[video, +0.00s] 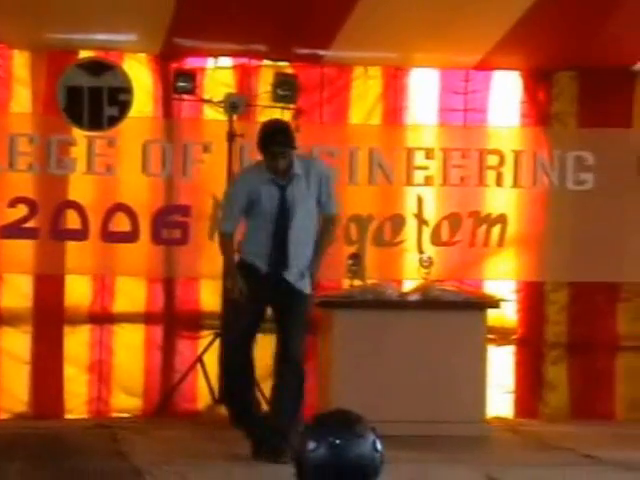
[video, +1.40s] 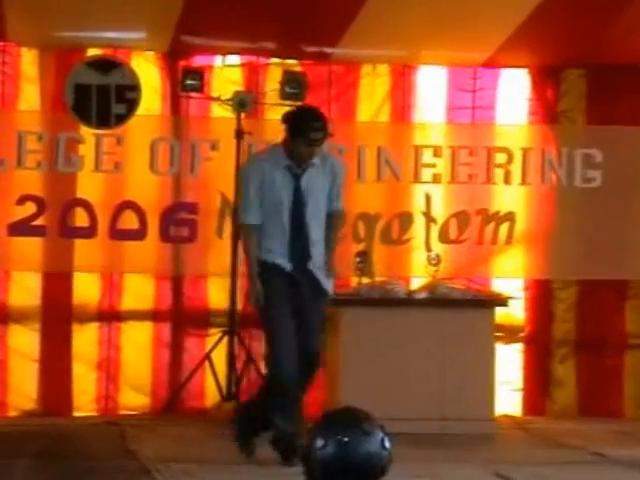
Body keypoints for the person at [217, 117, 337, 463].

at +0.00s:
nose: (281, 164)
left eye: (285, 156)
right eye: (274, 157)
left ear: (295, 150)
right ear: (263, 155)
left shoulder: (316, 175)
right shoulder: (248, 180)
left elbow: (329, 219)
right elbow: (225, 228)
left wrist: (314, 265)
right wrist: (231, 271)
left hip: (295, 277)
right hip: (252, 275)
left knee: (291, 357)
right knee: (235, 349)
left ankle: (281, 435)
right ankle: (249, 420)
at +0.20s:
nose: (285, 158)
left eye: (291, 151)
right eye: (279, 151)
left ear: (299, 147)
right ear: (265, 146)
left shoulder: (314, 170)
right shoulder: (247, 172)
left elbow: (341, 207)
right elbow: (241, 225)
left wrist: (327, 250)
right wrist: (251, 267)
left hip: (310, 274)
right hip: (268, 275)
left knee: (318, 355)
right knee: (273, 353)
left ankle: (288, 430)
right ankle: (301, 426)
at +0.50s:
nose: (300, 145)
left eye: (306, 137)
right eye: (293, 137)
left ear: (314, 141)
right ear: (281, 141)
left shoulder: (331, 180)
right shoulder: (257, 179)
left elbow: (339, 227)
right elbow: (236, 234)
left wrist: (328, 270)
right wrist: (249, 277)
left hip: (309, 280)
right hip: (265, 277)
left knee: (308, 365)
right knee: (247, 343)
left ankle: (293, 434)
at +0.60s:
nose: (296, 147)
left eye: (301, 139)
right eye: (289, 139)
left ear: (311, 141)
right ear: (278, 143)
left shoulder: (330, 184)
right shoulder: (261, 184)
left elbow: (341, 233)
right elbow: (237, 232)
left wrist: (329, 276)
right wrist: (244, 273)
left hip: (307, 287)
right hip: (264, 281)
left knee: (297, 369)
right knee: (241, 346)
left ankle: (284, 439)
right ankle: (233, 412)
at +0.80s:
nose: (295, 133)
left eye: (300, 124)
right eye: (288, 125)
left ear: (308, 126)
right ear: (276, 126)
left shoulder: (327, 163)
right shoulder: (257, 163)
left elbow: (338, 213)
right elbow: (247, 214)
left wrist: (329, 257)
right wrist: (234, 240)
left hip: (311, 267)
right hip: (268, 267)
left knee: (306, 354)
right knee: (269, 352)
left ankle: (301, 433)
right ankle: (265, 434)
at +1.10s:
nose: (310, 150)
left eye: (315, 142)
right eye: (303, 142)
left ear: (321, 139)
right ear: (286, 136)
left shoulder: (328, 171)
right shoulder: (259, 167)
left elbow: (330, 221)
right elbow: (239, 221)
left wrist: (323, 259)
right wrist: (242, 269)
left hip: (308, 273)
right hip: (267, 270)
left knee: (306, 359)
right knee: (264, 354)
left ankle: (260, 424)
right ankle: (280, 433)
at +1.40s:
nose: (315, 152)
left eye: (320, 145)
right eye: (309, 145)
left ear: (324, 140)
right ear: (289, 137)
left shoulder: (330, 168)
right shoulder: (258, 167)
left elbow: (335, 218)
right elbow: (249, 226)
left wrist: (327, 264)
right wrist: (254, 278)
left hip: (314, 270)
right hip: (274, 269)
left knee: (309, 355)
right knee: (284, 355)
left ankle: (251, 417)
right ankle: (288, 437)